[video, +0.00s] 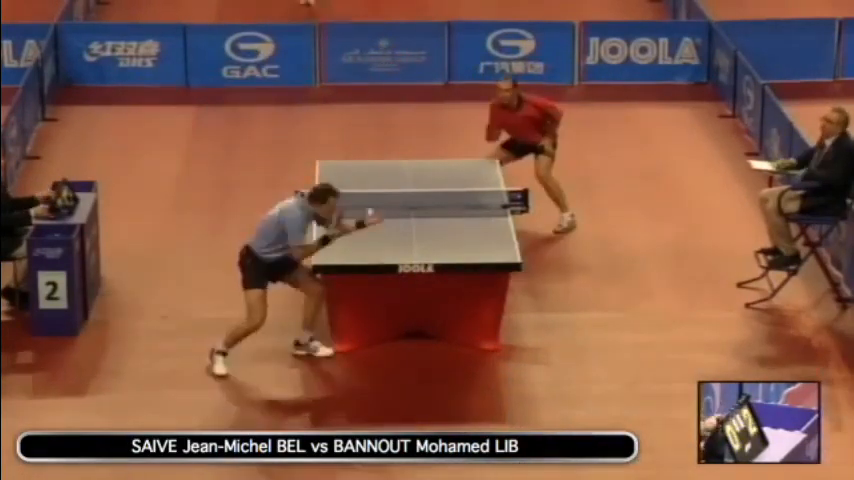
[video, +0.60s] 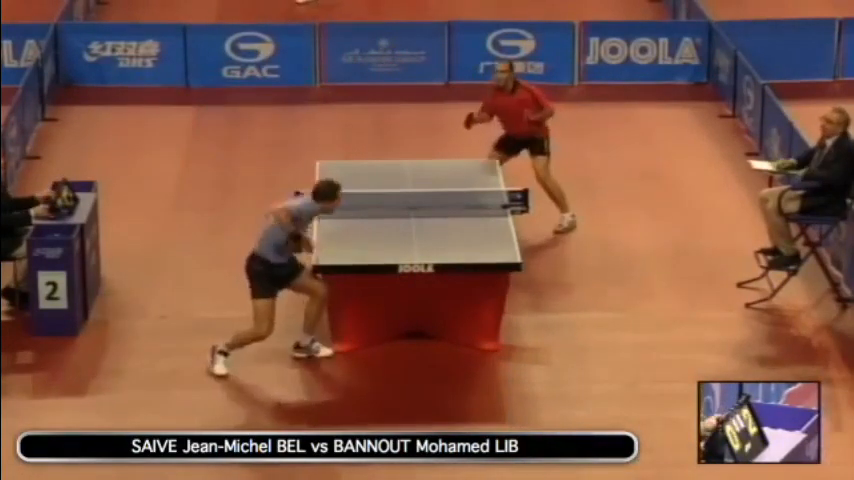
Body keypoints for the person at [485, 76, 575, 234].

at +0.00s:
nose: (503, 95)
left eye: (507, 91)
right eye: (500, 91)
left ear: (515, 90)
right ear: (497, 92)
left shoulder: (533, 103)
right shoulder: (497, 108)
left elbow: (556, 114)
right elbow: (492, 136)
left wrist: (549, 137)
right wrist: (495, 117)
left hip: (543, 140)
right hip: (521, 140)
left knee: (542, 174)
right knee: (489, 164)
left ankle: (566, 214)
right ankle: (494, 209)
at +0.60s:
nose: (498, 76)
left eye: (502, 72)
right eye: (497, 72)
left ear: (511, 74)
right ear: (495, 74)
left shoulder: (528, 92)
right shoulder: (495, 95)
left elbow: (549, 110)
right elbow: (487, 115)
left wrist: (537, 117)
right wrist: (474, 119)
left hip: (536, 136)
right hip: (513, 136)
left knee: (542, 175)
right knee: (489, 166)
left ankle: (567, 215)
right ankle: (490, 211)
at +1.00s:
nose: (491, 71)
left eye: (495, 67)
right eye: (490, 67)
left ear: (505, 67)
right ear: (488, 67)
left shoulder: (518, 85)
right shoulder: (480, 86)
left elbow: (535, 108)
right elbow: (469, 110)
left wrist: (519, 109)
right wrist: (462, 110)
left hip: (514, 139)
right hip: (486, 138)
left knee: (530, 179)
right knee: (472, 175)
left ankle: (540, 217)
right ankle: (471, 218)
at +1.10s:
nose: (485, 74)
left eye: (489, 71)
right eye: (483, 70)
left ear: (499, 69)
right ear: (481, 70)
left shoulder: (513, 87)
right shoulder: (474, 88)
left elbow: (520, 112)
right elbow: (450, 107)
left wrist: (507, 118)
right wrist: (452, 119)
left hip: (507, 139)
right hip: (479, 139)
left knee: (530, 177)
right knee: (466, 175)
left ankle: (540, 216)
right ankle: (463, 218)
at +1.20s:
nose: (477, 89)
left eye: (482, 85)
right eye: (475, 85)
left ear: (492, 85)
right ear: (472, 84)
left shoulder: (502, 102)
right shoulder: (463, 103)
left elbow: (503, 124)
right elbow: (437, 126)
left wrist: (495, 135)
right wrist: (446, 144)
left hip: (495, 151)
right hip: (468, 153)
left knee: (522, 177)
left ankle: (541, 218)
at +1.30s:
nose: (475, 99)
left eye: (479, 96)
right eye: (473, 95)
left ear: (487, 97)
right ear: (469, 95)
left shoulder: (494, 113)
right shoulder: (457, 114)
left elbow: (495, 134)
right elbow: (437, 134)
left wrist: (490, 147)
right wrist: (445, 150)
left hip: (487, 157)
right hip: (461, 158)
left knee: (522, 184)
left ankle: (541, 219)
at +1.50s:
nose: (464, 108)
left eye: (469, 104)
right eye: (462, 103)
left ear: (477, 105)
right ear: (458, 103)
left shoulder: (487, 120)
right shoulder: (448, 124)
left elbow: (503, 136)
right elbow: (436, 145)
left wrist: (511, 147)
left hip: (487, 166)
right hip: (456, 166)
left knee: (521, 188)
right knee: (422, 184)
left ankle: (532, 219)